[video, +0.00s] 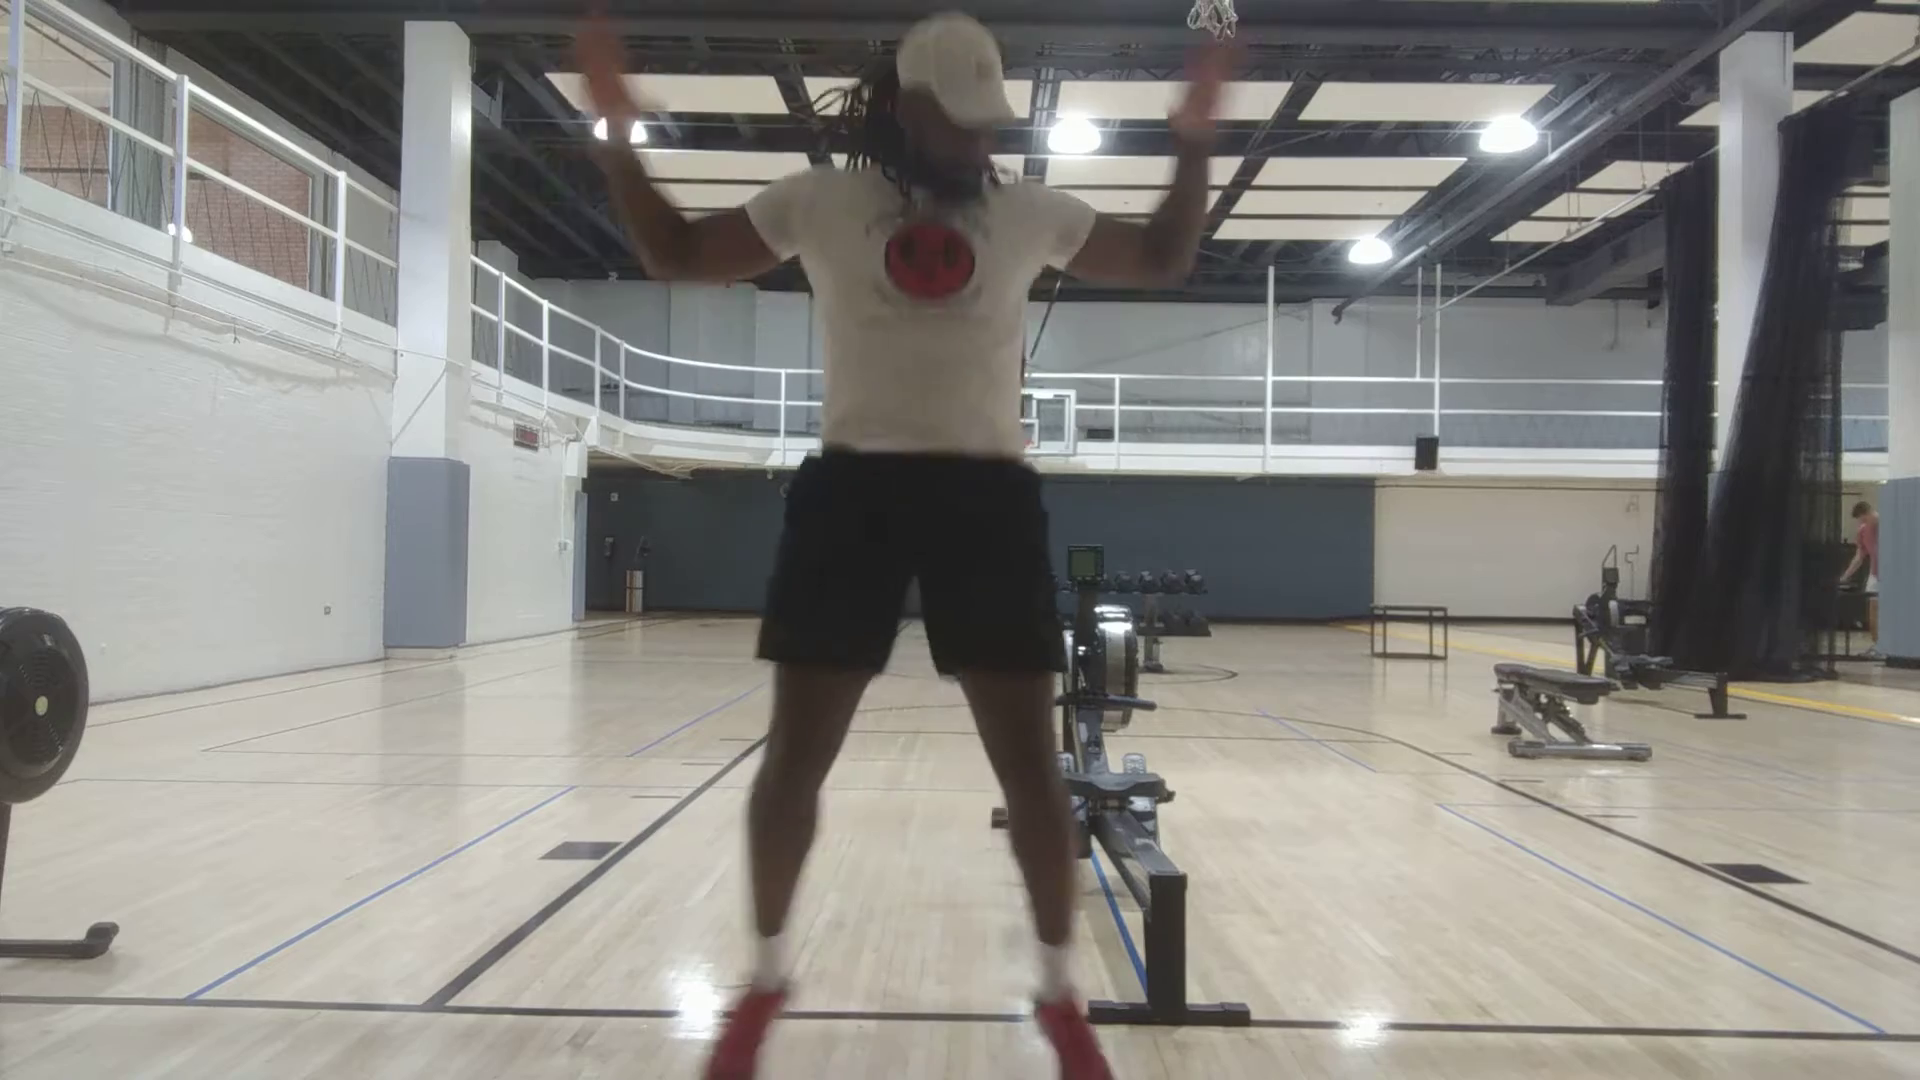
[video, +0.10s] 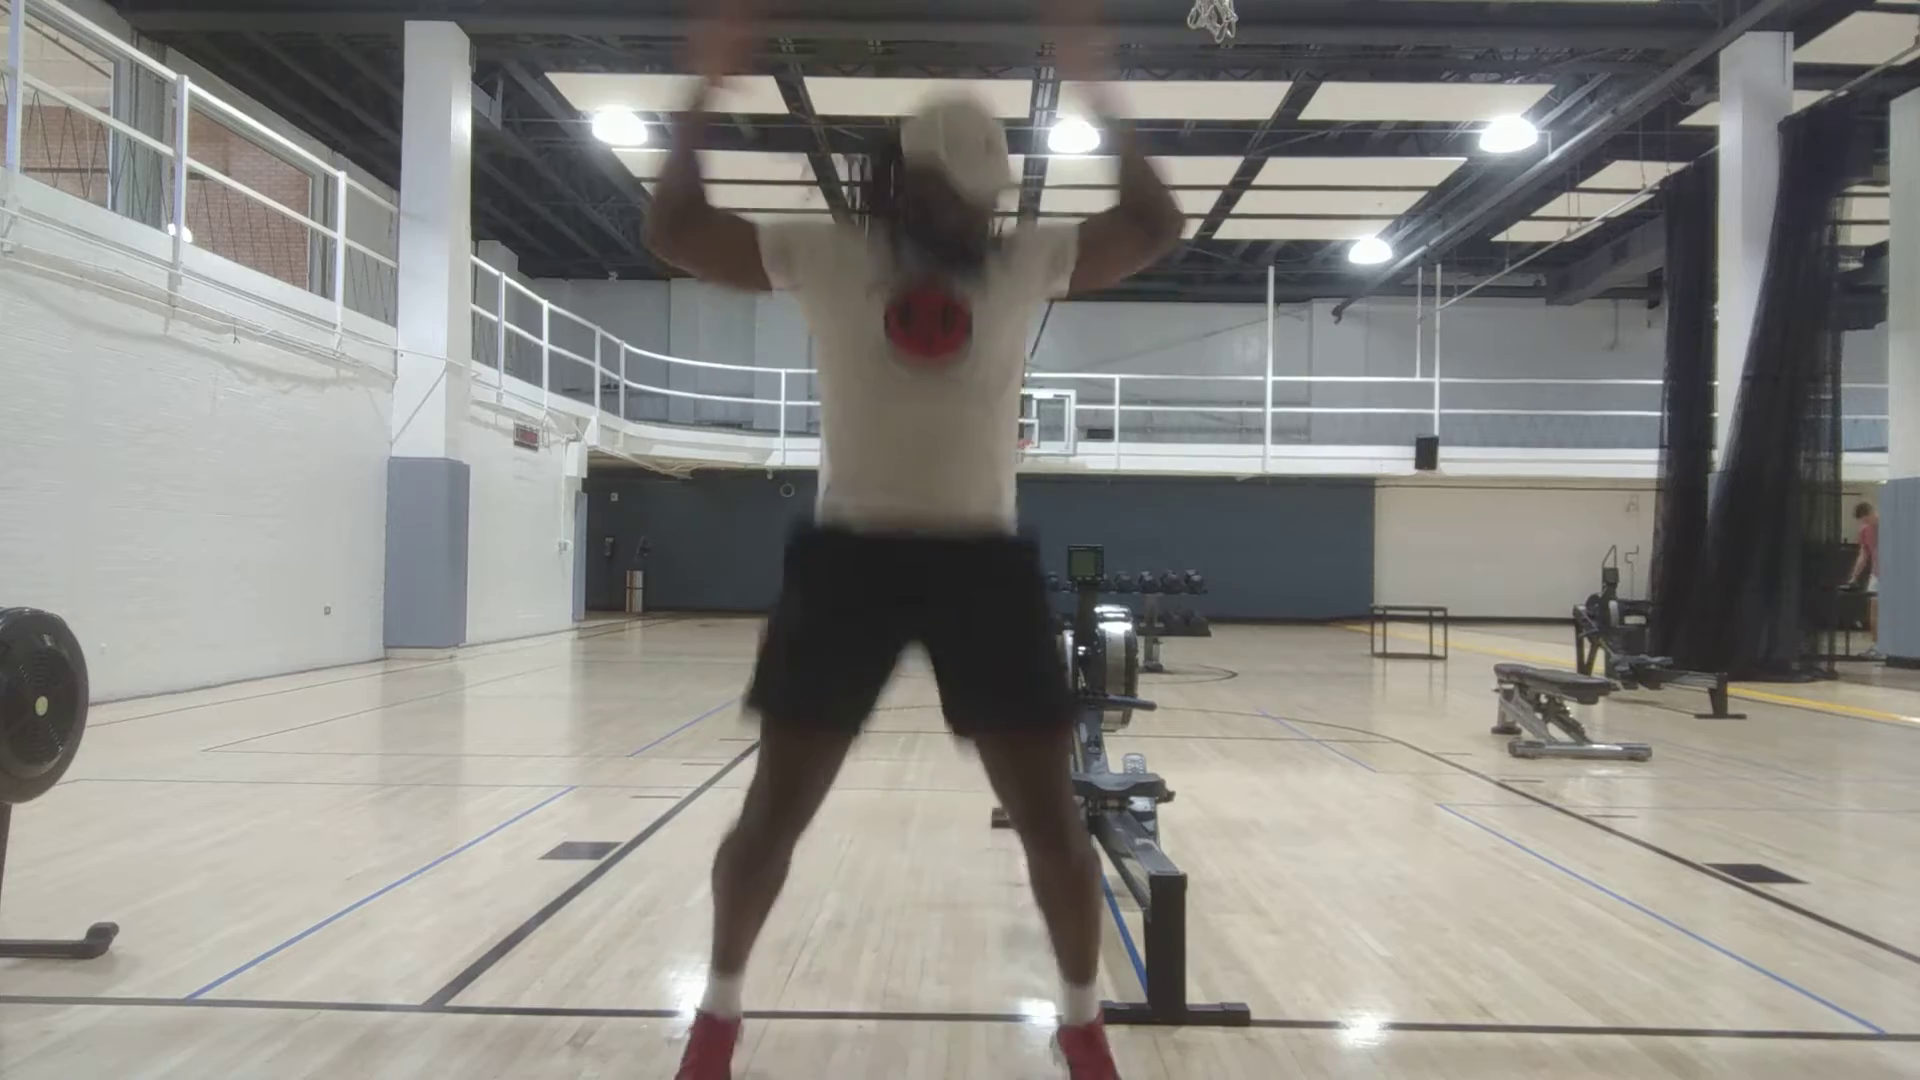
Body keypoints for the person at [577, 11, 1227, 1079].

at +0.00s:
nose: (982, 146)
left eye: (991, 125)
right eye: (961, 125)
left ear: (997, 113)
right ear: (899, 109)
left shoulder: (1028, 213)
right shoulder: (824, 198)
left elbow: (1166, 255)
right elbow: (671, 250)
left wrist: (1195, 139)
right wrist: (613, 125)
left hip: (990, 499)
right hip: (852, 494)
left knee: (1031, 761)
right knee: (796, 754)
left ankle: (1061, 993)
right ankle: (765, 974)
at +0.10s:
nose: (959, 216)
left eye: (975, 199)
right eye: (942, 195)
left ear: (999, 195)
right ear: (897, 180)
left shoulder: (1027, 261)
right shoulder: (825, 253)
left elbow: (1153, 226)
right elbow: (675, 230)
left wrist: (1101, 92)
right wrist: (700, 92)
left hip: (986, 565)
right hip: (849, 561)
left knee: (1052, 817)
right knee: (775, 810)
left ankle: (1084, 1021)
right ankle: (720, 1008)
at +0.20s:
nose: (989, 284)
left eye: (999, 263)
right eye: (975, 261)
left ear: (1005, 250)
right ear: (919, 239)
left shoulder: (1026, 308)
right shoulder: (826, 304)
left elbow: (1140, 239)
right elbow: (686, 250)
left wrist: (1019, 162)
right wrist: (789, 141)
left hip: (984, 626)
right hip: (848, 621)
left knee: (1051, 854)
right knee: (777, 849)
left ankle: (1077, 1038)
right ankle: (722, 1032)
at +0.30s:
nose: (986, 213)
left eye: (1003, 194)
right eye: (969, 188)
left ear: (1019, 198)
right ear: (920, 181)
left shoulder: (1036, 279)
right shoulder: (836, 266)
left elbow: (1162, 258)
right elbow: (678, 259)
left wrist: (1133, 128)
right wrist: (675, 122)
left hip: (987, 569)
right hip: (852, 562)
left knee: (1042, 800)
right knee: (778, 785)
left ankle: (1075, 1018)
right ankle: (730, 1004)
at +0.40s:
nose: (1001, 143)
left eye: (1009, 124)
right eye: (982, 123)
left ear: (1012, 121)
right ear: (922, 118)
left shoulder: (1036, 218)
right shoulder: (837, 208)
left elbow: (1148, 289)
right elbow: (699, 277)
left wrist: (1231, 199)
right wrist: (622, 185)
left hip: (990, 502)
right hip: (857, 496)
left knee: (1017, 744)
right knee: (810, 735)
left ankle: (1033, 982)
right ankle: (788, 966)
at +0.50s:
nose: (988, 126)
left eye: (998, 106)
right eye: (968, 108)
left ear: (1007, 101)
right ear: (913, 98)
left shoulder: (1038, 215)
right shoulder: (838, 205)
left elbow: (1096, 346)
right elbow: (743, 325)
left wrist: (1171, 329)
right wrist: (697, 290)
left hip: (993, 499)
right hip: (861, 494)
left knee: (993, 753)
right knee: (845, 743)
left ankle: (970, 986)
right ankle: (862, 976)